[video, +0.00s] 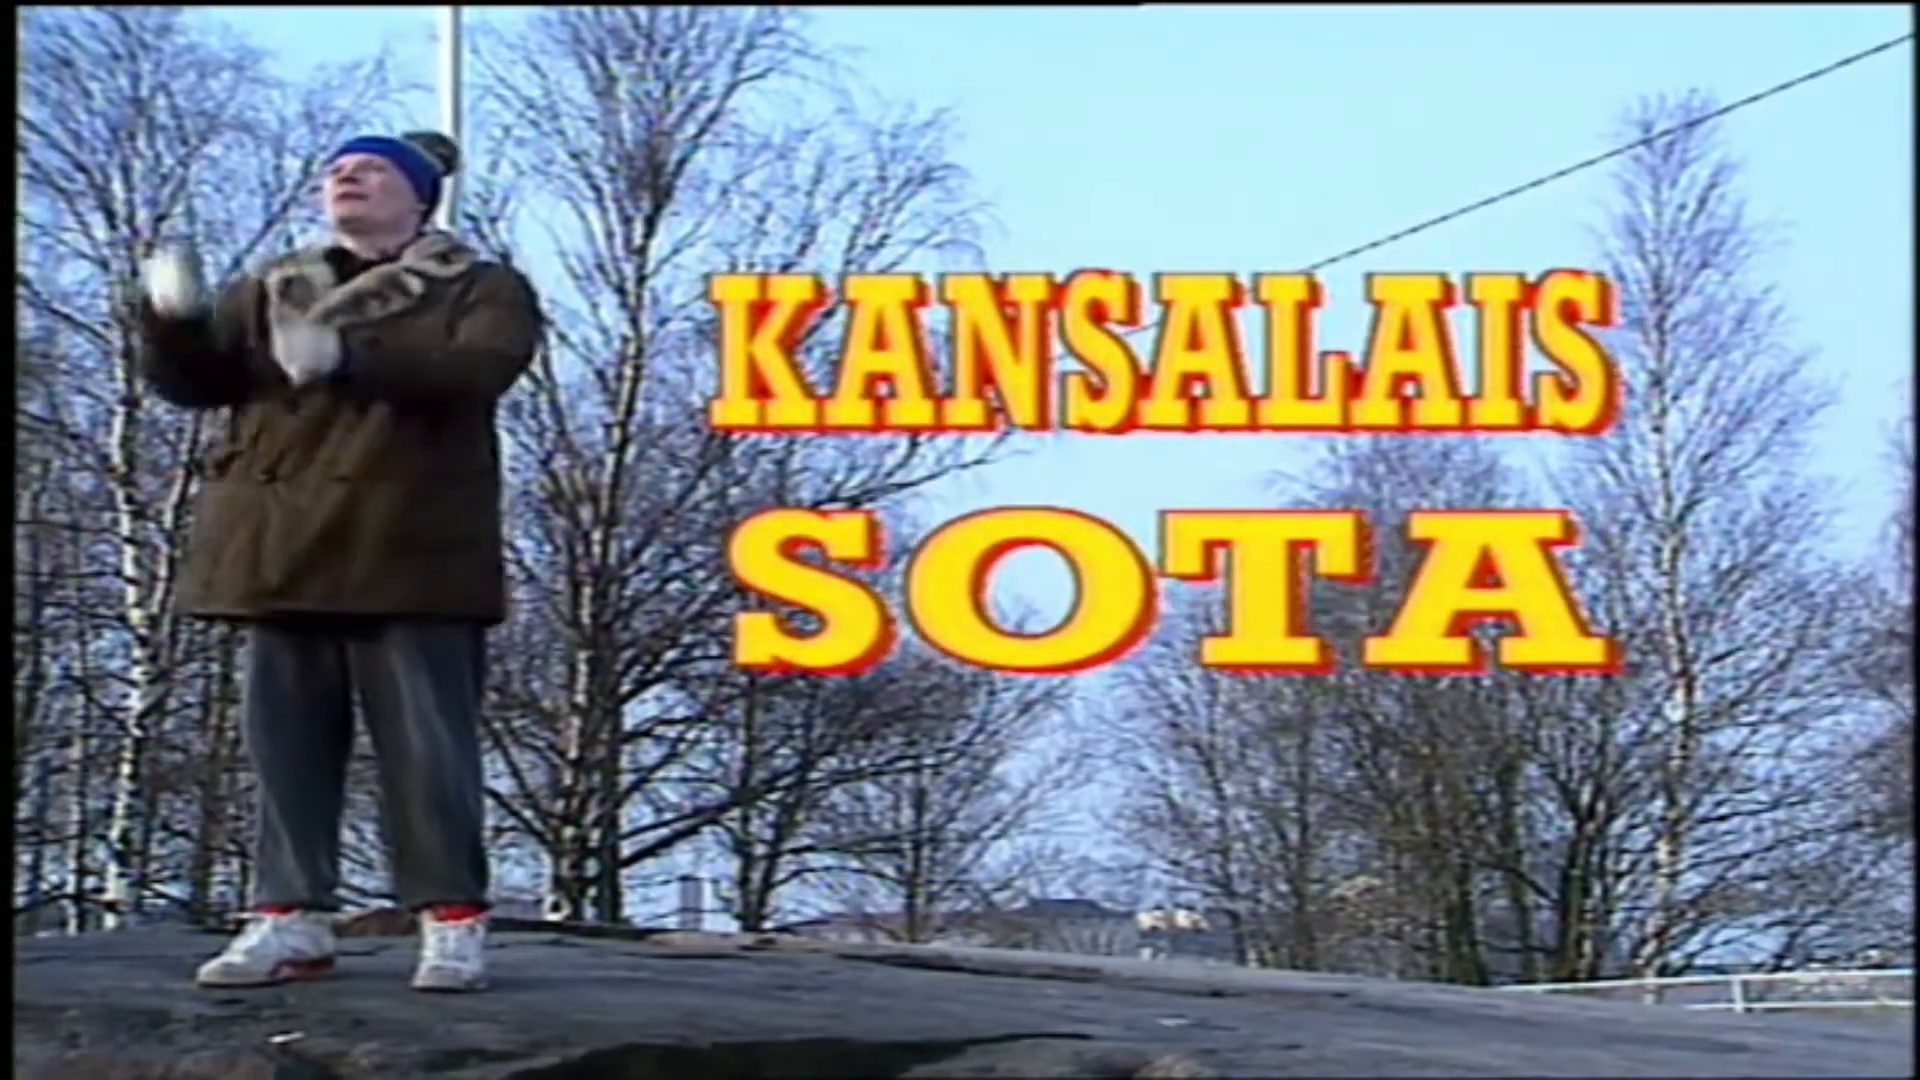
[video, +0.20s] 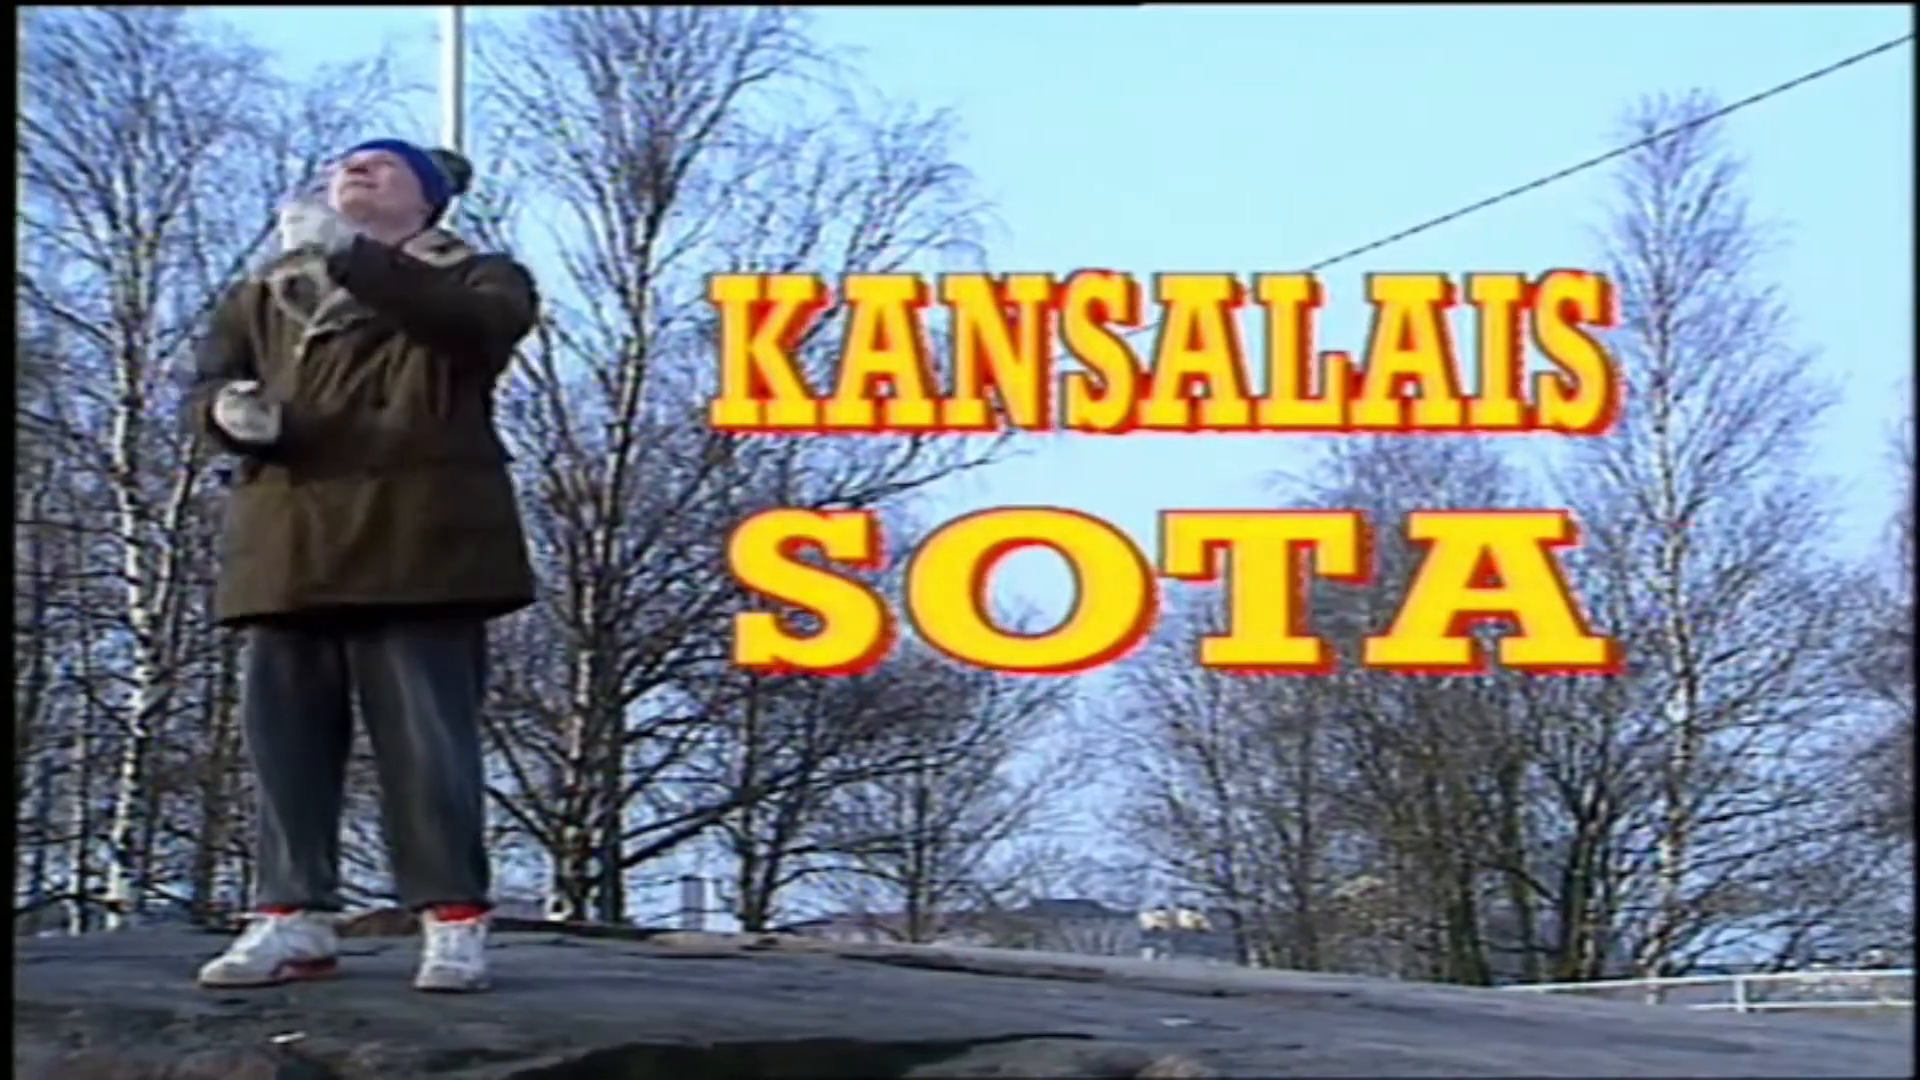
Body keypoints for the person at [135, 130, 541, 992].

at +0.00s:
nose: (345, 179)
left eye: (368, 169)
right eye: (335, 172)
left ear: (421, 197)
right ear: (322, 201)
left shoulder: (481, 285)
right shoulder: (281, 286)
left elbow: (472, 367)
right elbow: (198, 376)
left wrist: (343, 351)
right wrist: (170, 321)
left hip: (417, 558)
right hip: (285, 556)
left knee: (427, 745)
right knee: (286, 743)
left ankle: (452, 919)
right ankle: (293, 918)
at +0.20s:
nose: (356, 171)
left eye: (382, 164)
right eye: (344, 166)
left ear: (429, 201)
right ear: (322, 197)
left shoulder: (468, 272)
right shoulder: (267, 288)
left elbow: (497, 312)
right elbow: (205, 383)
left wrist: (348, 252)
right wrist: (223, 409)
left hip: (421, 549)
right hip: (288, 555)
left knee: (429, 742)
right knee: (284, 741)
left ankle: (453, 920)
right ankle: (297, 918)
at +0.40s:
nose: (360, 173)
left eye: (386, 165)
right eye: (352, 169)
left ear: (440, 203)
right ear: (336, 206)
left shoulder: (485, 276)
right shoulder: (278, 286)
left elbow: (482, 341)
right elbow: (197, 396)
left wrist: (350, 288)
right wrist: (195, 371)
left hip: (421, 553)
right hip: (290, 556)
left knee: (430, 743)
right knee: (289, 743)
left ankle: (456, 919)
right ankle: (300, 918)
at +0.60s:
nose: (367, 178)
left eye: (393, 169)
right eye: (362, 174)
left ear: (444, 208)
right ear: (347, 210)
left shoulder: (494, 282)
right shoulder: (292, 283)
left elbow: (490, 383)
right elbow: (165, 337)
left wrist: (379, 405)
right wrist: (163, 249)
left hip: (424, 561)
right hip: (294, 561)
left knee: (433, 742)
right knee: (293, 738)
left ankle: (458, 921)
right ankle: (302, 918)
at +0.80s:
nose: (383, 179)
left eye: (409, 172)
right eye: (381, 173)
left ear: (460, 212)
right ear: (365, 207)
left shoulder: (505, 285)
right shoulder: (304, 277)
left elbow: (485, 369)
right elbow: (191, 350)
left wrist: (351, 343)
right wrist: (178, 266)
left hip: (424, 555)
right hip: (296, 551)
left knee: (435, 739)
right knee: (294, 735)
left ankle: (459, 920)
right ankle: (300, 919)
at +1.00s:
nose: (398, 176)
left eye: (424, 172)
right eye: (395, 171)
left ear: (473, 216)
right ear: (376, 205)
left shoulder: (508, 286)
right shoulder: (302, 277)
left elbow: (486, 349)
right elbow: (235, 364)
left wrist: (351, 281)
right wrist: (236, 403)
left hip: (422, 556)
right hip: (295, 552)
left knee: (435, 742)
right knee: (294, 738)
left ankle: (459, 920)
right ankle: (304, 918)